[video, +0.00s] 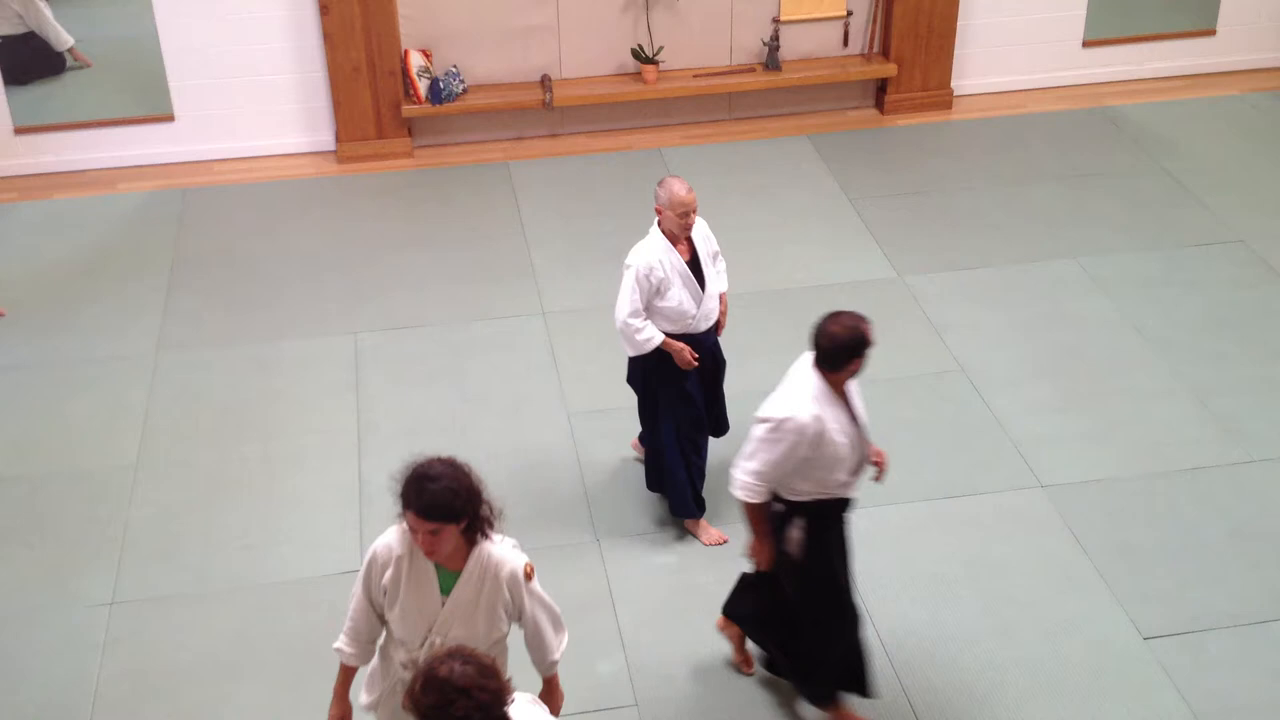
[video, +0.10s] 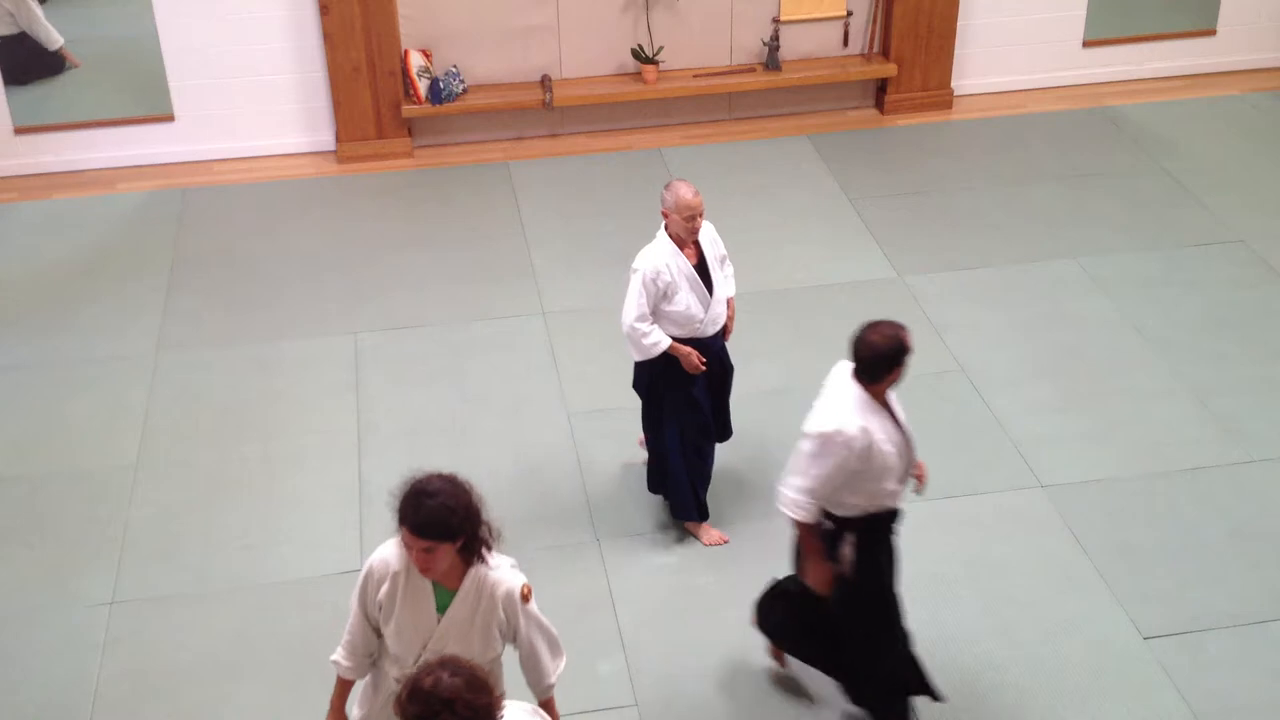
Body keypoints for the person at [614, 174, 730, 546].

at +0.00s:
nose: (691, 221)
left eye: (694, 212)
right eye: (683, 215)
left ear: (696, 207)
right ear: (660, 212)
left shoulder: (699, 229)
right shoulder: (643, 259)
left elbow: (717, 265)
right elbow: (628, 320)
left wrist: (721, 303)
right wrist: (670, 347)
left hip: (704, 344)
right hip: (666, 356)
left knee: (698, 413)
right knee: (681, 434)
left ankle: (651, 441)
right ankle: (692, 515)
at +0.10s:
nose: (697, 223)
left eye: (700, 215)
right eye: (689, 218)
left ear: (703, 210)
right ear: (666, 216)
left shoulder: (707, 233)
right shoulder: (650, 263)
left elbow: (724, 269)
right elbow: (635, 324)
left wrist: (728, 308)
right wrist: (678, 351)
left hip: (711, 348)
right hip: (672, 360)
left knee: (709, 425)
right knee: (683, 438)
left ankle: (659, 441)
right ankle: (692, 518)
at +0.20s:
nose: (707, 230)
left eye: (710, 221)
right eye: (698, 224)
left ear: (714, 215)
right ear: (676, 221)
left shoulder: (717, 239)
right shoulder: (661, 271)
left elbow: (735, 274)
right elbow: (645, 333)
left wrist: (739, 311)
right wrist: (689, 359)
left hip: (722, 356)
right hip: (680, 368)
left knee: (726, 436)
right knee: (690, 443)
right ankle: (695, 523)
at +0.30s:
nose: (718, 235)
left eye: (721, 226)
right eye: (710, 229)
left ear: (724, 221)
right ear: (687, 227)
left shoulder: (726, 245)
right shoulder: (671, 276)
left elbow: (743, 279)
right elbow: (656, 340)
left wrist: (748, 316)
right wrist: (700, 366)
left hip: (732, 361)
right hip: (689, 372)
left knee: (738, 437)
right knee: (696, 449)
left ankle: (722, 498)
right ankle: (697, 523)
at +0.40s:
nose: (730, 240)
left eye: (733, 231)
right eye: (721, 233)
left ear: (737, 227)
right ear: (699, 231)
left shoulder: (738, 251)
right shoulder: (682, 281)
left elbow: (752, 285)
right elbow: (668, 345)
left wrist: (757, 321)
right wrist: (712, 372)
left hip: (743, 366)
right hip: (698, 378)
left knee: (755, 443)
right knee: (702, 454)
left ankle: (755, 513)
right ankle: (703, 527)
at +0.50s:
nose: (744, 245)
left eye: (747, 237)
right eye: (736, 238)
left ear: (750, 232)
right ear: (712, 236)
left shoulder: (749, 255)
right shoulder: (695, 287)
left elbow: (762, 294)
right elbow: (681, 352)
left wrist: (768, 330)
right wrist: (728, 377)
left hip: (753, 371)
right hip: (709, 385)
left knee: (773, 449)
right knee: (709, 458)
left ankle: (779, 529)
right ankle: (705, 530)